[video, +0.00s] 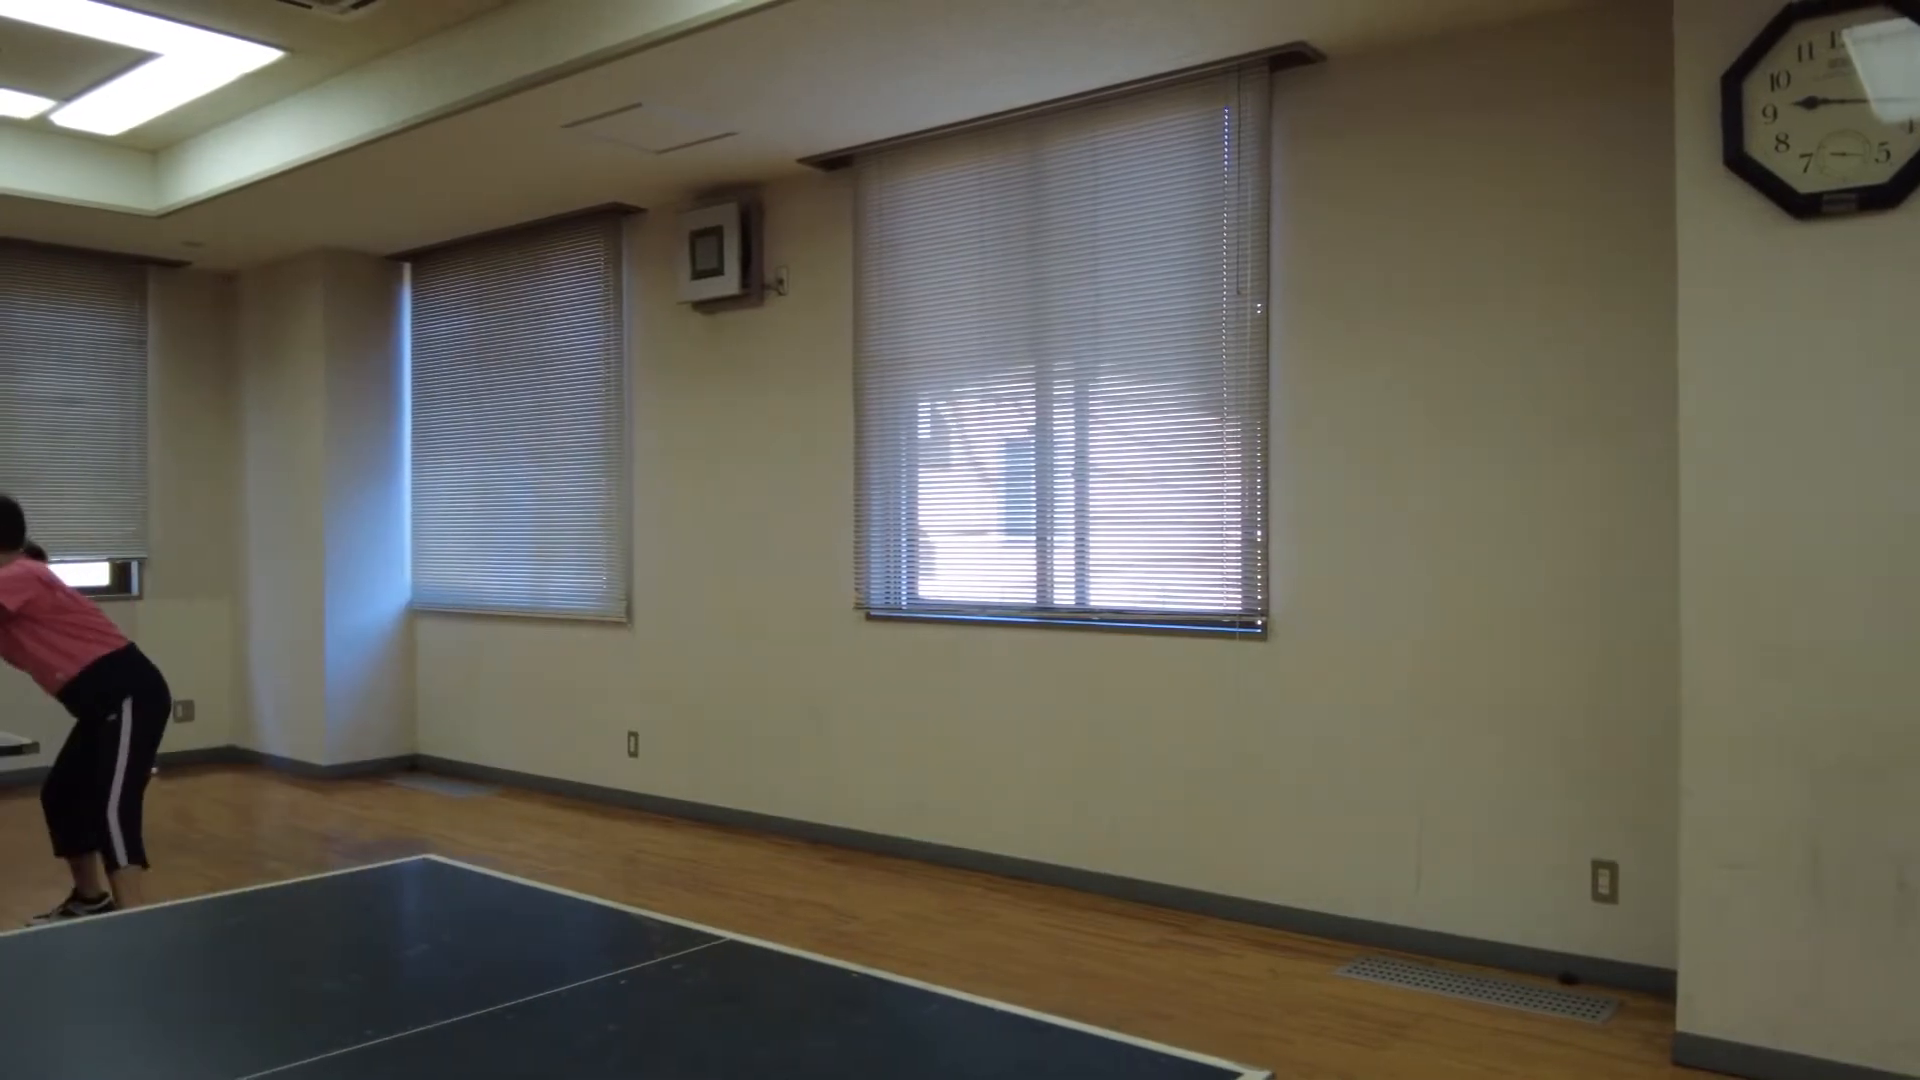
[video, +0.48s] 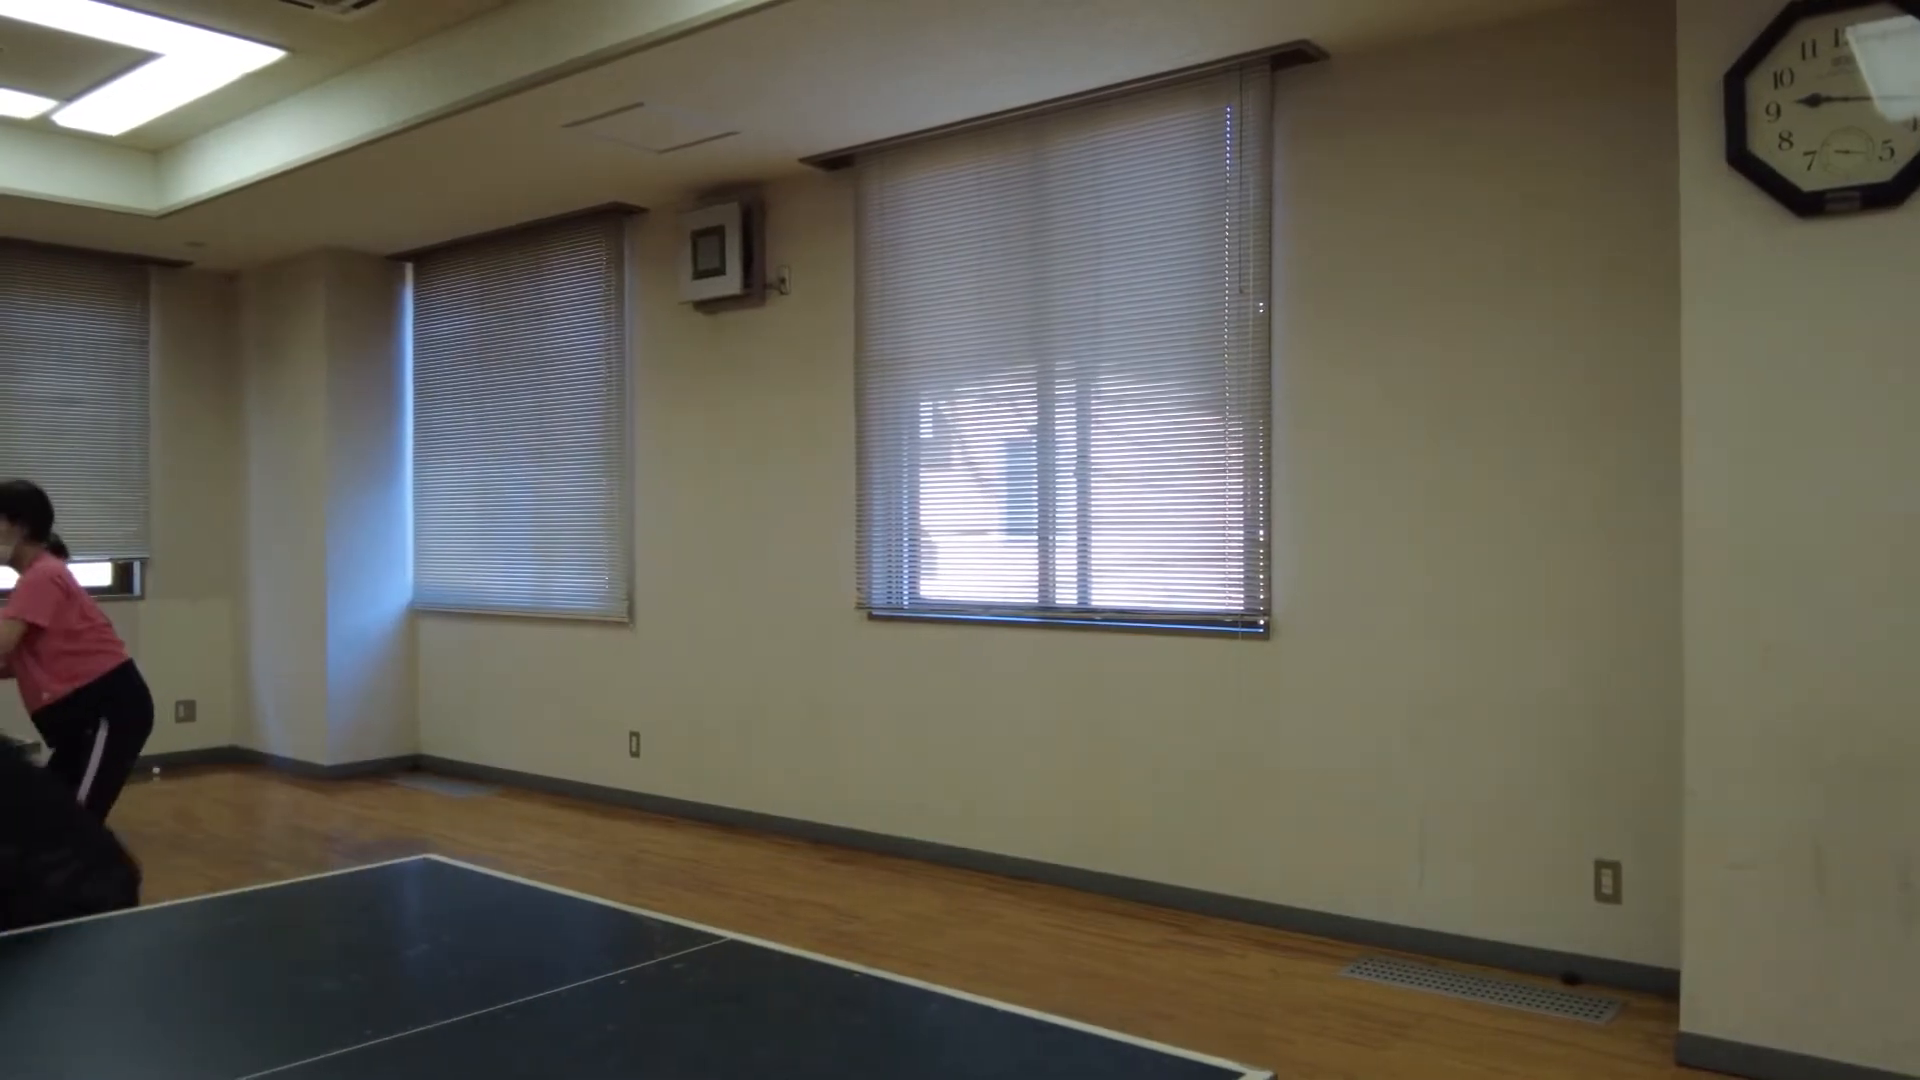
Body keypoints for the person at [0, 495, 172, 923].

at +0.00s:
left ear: (1, 538)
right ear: (18, 536)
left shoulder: (24, 574)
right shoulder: (16, 580)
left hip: (130, 694)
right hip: (101, 703)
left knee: (113, 807)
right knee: (62, 794)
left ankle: (135, 921)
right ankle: (90, 895)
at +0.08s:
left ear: (1, 539)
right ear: (17, 538)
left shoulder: (26, 577)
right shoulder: (12, 585)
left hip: (132, 696)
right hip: (98, 706)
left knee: (118, 808)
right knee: (60, 796)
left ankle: (136, 922)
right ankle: (90, 896)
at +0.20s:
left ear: (6, 535)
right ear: (17, 534)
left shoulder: (35, 578)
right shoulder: (13, 587)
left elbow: (7, 633)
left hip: (128, 699)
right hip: (89, 712)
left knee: (111, 811)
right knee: (55, 801)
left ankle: (137, 921)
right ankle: (91, 896)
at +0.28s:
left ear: (10, 532)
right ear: (16, 533)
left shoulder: (40, 576)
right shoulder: (11, 592)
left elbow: (21, 645)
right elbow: (14, 651)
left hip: (120, 697)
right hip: (79, 714)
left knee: (96, 812)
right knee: (48, 800)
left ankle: (127, 915)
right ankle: (87, 895)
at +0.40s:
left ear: (17, 527)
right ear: (19, 528)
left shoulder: (43, 575)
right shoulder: (30, 580)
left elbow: (12, 648)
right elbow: (19, 658)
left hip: (113, 702)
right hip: (83, 710)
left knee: (81, 821)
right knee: (44, 799)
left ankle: (104, 920)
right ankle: (67, 904)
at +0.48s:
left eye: (0, 522)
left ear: (22, 527)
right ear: (22, 528)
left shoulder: (43, 575)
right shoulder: (35, 578)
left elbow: (4, 645)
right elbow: (12, 666)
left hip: (109, 707)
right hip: (81, 712)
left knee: (72, 827)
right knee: (46, 819)